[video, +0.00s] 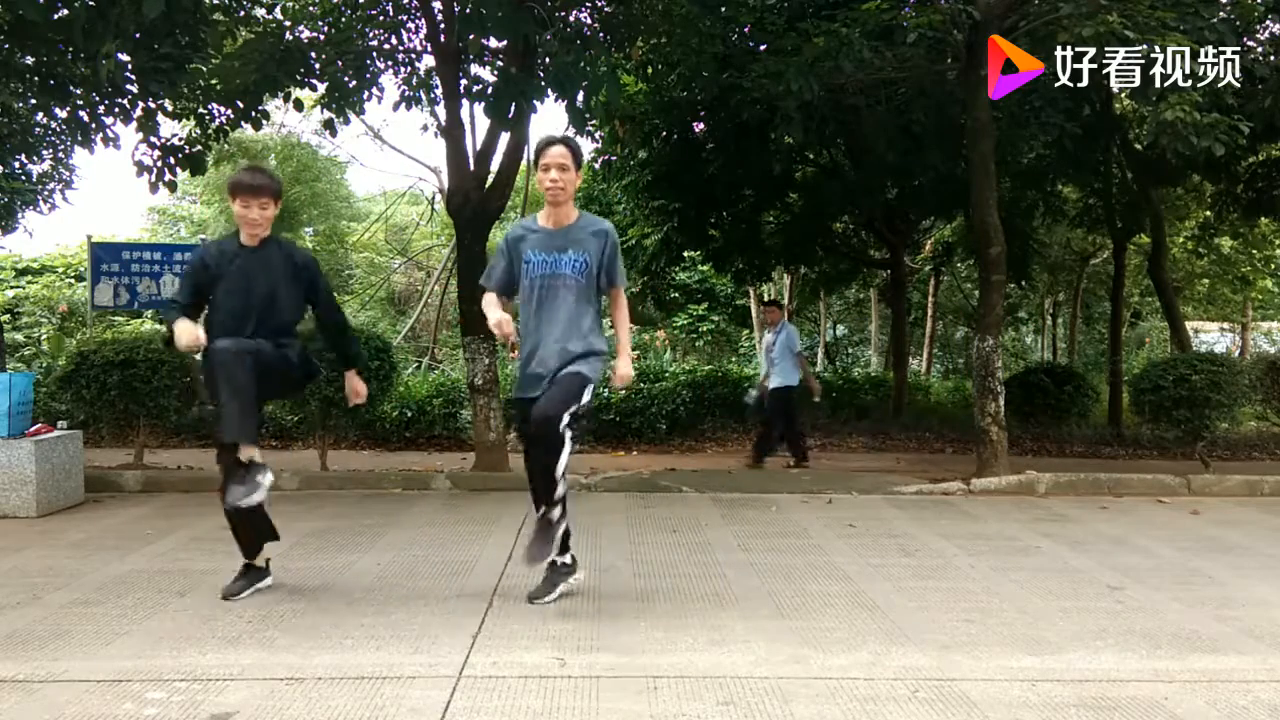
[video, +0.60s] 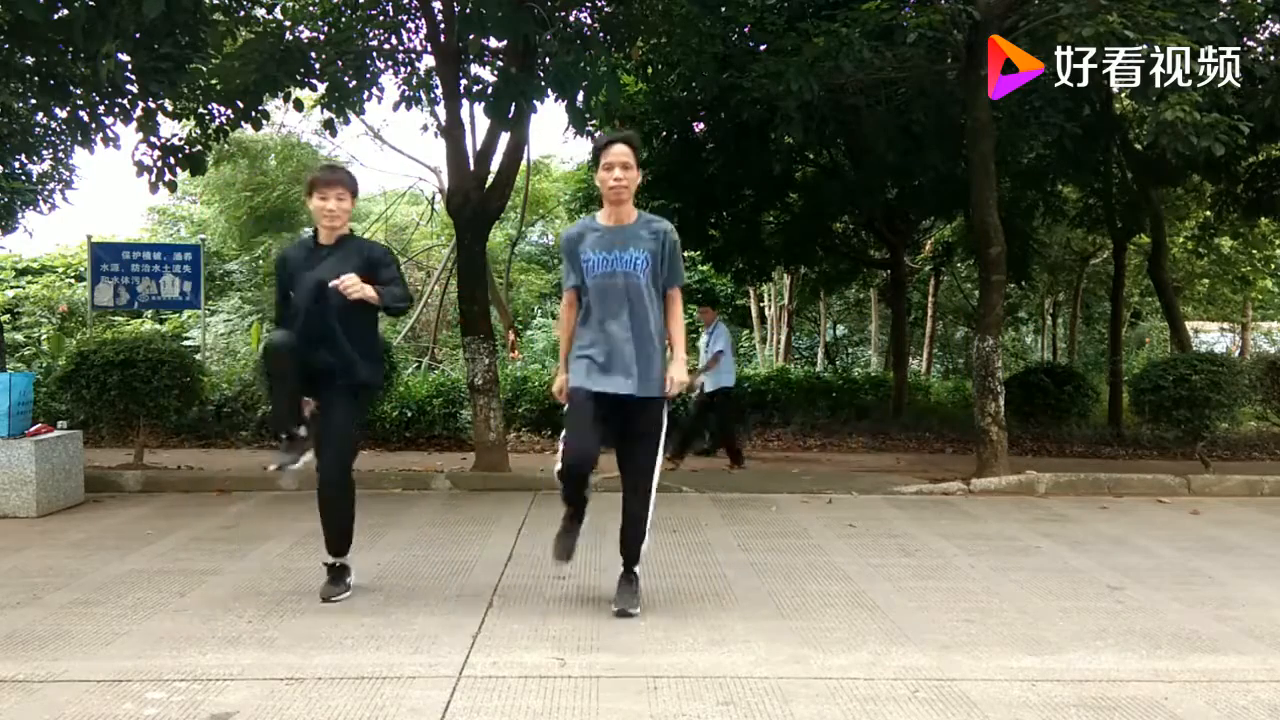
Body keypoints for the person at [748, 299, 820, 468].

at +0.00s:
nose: (768, 316)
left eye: (771, 312)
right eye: (766, 313)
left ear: (781, 313)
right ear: (764, 315)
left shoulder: (789, 331)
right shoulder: (769, 333)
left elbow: (800, 356)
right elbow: (770, 362)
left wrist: (810, 379)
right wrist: (763, 381)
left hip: (786, 383)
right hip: (774, 383)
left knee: (770, 420)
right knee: (788, 422)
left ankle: (758, 456)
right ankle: (800, 455)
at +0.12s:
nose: (753, 318)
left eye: (756, 314)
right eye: (751, 314)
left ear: (764, 315)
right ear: (749, 317)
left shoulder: (773, 334)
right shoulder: (755, 336)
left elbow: (787, 358)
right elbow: (757, 361)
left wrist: (799, 379)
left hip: (768, 385)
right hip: (757, 384)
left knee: (751, 422)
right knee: (777, 421)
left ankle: (740, 460)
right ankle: (798, 456)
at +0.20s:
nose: (744, 318)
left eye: (747, 314)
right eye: (742, 314)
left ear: (757, 315)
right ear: (742, 317)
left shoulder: (766, 334)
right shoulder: (748, 336)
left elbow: (778, 360)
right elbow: (749, 361)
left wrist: (792, 383)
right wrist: (742, 382)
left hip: (760, 384)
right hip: (747, 383)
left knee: (742, 420)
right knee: (764, 422)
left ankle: (738, 460)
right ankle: (792, 452)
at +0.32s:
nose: (730, 316)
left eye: (733, 312)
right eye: (727, 313)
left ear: (742, 311)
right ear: (727, 316)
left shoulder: (750, 328)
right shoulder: (736, 331)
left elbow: (757, 355)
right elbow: (737, 357)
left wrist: (760, 381)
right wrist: (731, 378)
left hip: (745, 382)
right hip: (732, 383)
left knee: (742, 423)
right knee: (728, 418)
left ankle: (738, 460)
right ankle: (761, 442)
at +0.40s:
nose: (723, 315)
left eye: (726, 311)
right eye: (721, 312)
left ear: (735, 311)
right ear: (720, 315)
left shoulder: (743, 329)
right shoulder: (728, 331)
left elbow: (747, 356)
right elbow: (728, 358)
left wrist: (744, 382)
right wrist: (721, 378)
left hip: (737, 382)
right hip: (724, 381)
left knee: (737, 422)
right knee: (718, 416)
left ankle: (738, 459)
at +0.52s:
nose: (709, 316)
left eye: (713, 312)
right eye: (707, 312)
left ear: (722, 312)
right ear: (705, 315)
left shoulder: (728, 330)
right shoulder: (712, 333)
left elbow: (726, 356)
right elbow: (711, 358)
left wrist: (710, 377)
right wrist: (708, 379)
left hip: (729, 385)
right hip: (715, 386)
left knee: (731, 425)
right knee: (702, 421)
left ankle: (737, 461)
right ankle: (693, 454)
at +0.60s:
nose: (702, 316)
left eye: (705, 312)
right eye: (700, 313)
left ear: (715, 313)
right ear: (698, 315)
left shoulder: (721, 331)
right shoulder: (705, 334)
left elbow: (717, 356)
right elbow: (705, 360)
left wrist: (697, 374)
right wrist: (700, 385)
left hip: (722, 385)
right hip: (708, 386)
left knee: (725, 425)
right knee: (693, 421)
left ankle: (737, 460)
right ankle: (676, 456)